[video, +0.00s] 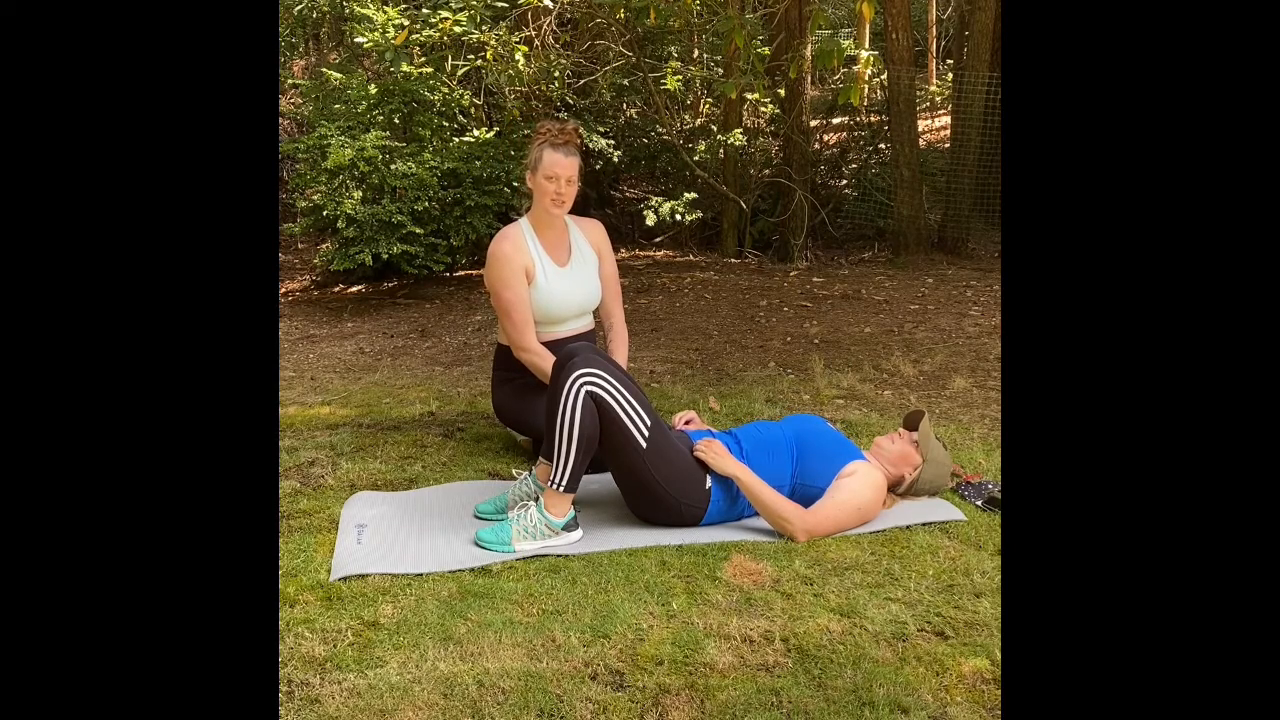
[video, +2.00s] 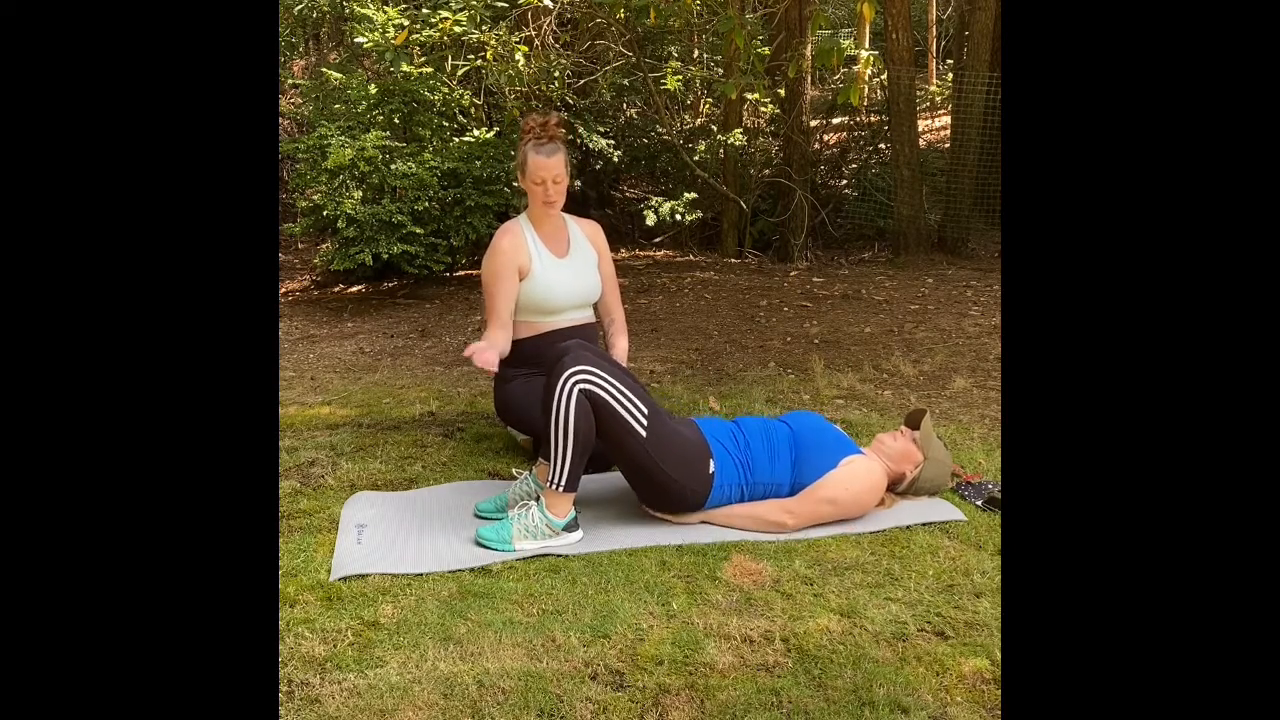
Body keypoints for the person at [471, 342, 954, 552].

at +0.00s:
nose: (897, 433)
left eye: (908, 440)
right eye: (906, 431)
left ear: (907, 471)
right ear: (895, 446)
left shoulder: (867, 483)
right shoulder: (843, 453)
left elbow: (805, 527)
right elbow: (760, 470)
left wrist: (732, 468)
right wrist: (705, 431)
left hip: (693, 490)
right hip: (682, 466)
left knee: (589, 373)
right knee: (580, 357)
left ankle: (554, 511)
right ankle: (542, 485)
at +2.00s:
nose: (897, 432)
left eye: (908, 438)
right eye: (906, 430)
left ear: (907, 469)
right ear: (897, 445)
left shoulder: (863, 478)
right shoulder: (844, 452)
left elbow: (788, 515)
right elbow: (763, 466)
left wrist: (700, 513)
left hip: (695, 474)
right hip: (680, 443)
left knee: (580, 369)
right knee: (546, 356)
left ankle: (556, 512)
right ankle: (546, 480)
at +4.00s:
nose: (900, 433)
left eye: (910, 441)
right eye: (908, 431)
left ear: (907, 473)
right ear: (896, 441)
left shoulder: (860, 474)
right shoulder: (846, 451)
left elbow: (795, 522)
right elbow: (775, 496)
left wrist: (711, 517)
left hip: (695, 482)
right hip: (680, 454)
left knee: (589, 375)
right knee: (590, 365)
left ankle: (554, 511)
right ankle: (542, 485)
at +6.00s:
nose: (898, 433)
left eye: (909, 440)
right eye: (907, 430)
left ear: (908, 470)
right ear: (898, 445)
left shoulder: (864, 479)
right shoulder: (847, 455)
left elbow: (795, 520)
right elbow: (776, 497)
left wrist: (710, 517)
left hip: (694, 482)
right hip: (680, 455)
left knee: (588, 376)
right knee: (588, 364)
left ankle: (554, 510)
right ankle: (541, 483)